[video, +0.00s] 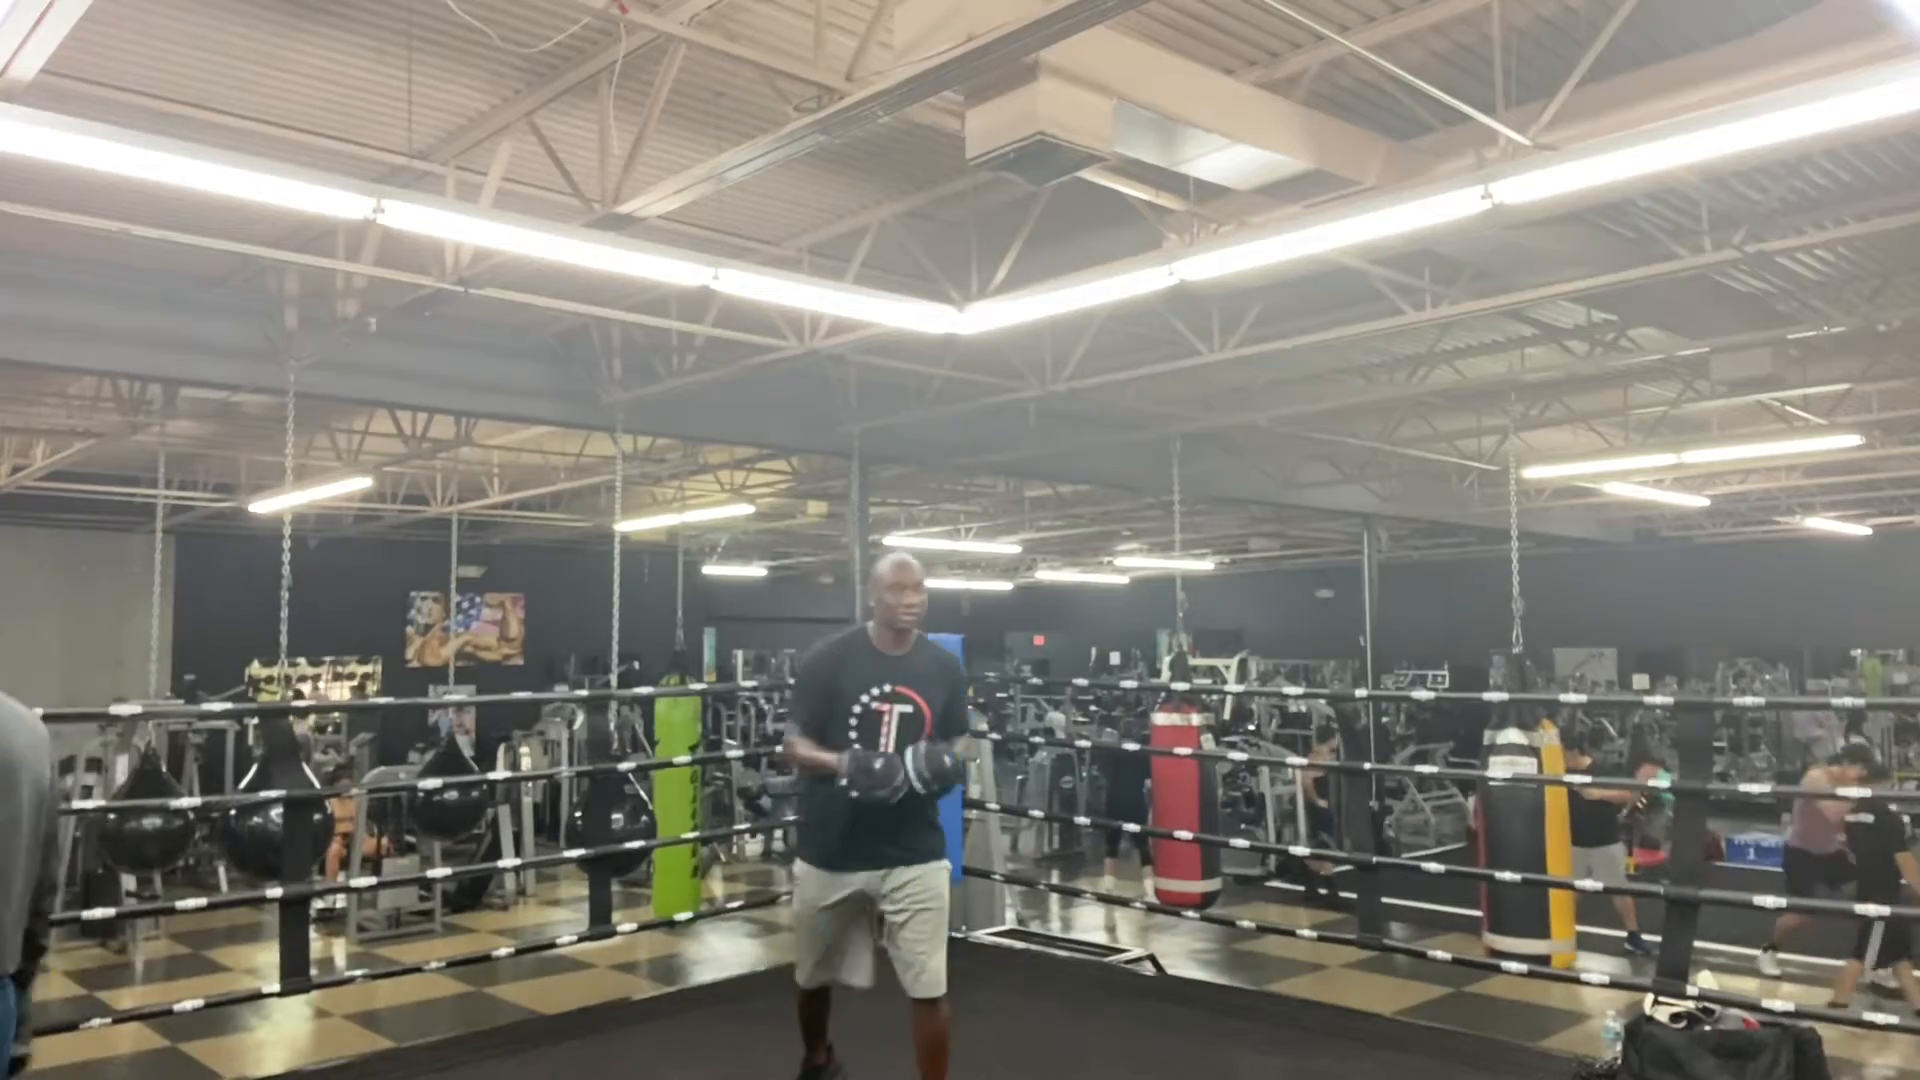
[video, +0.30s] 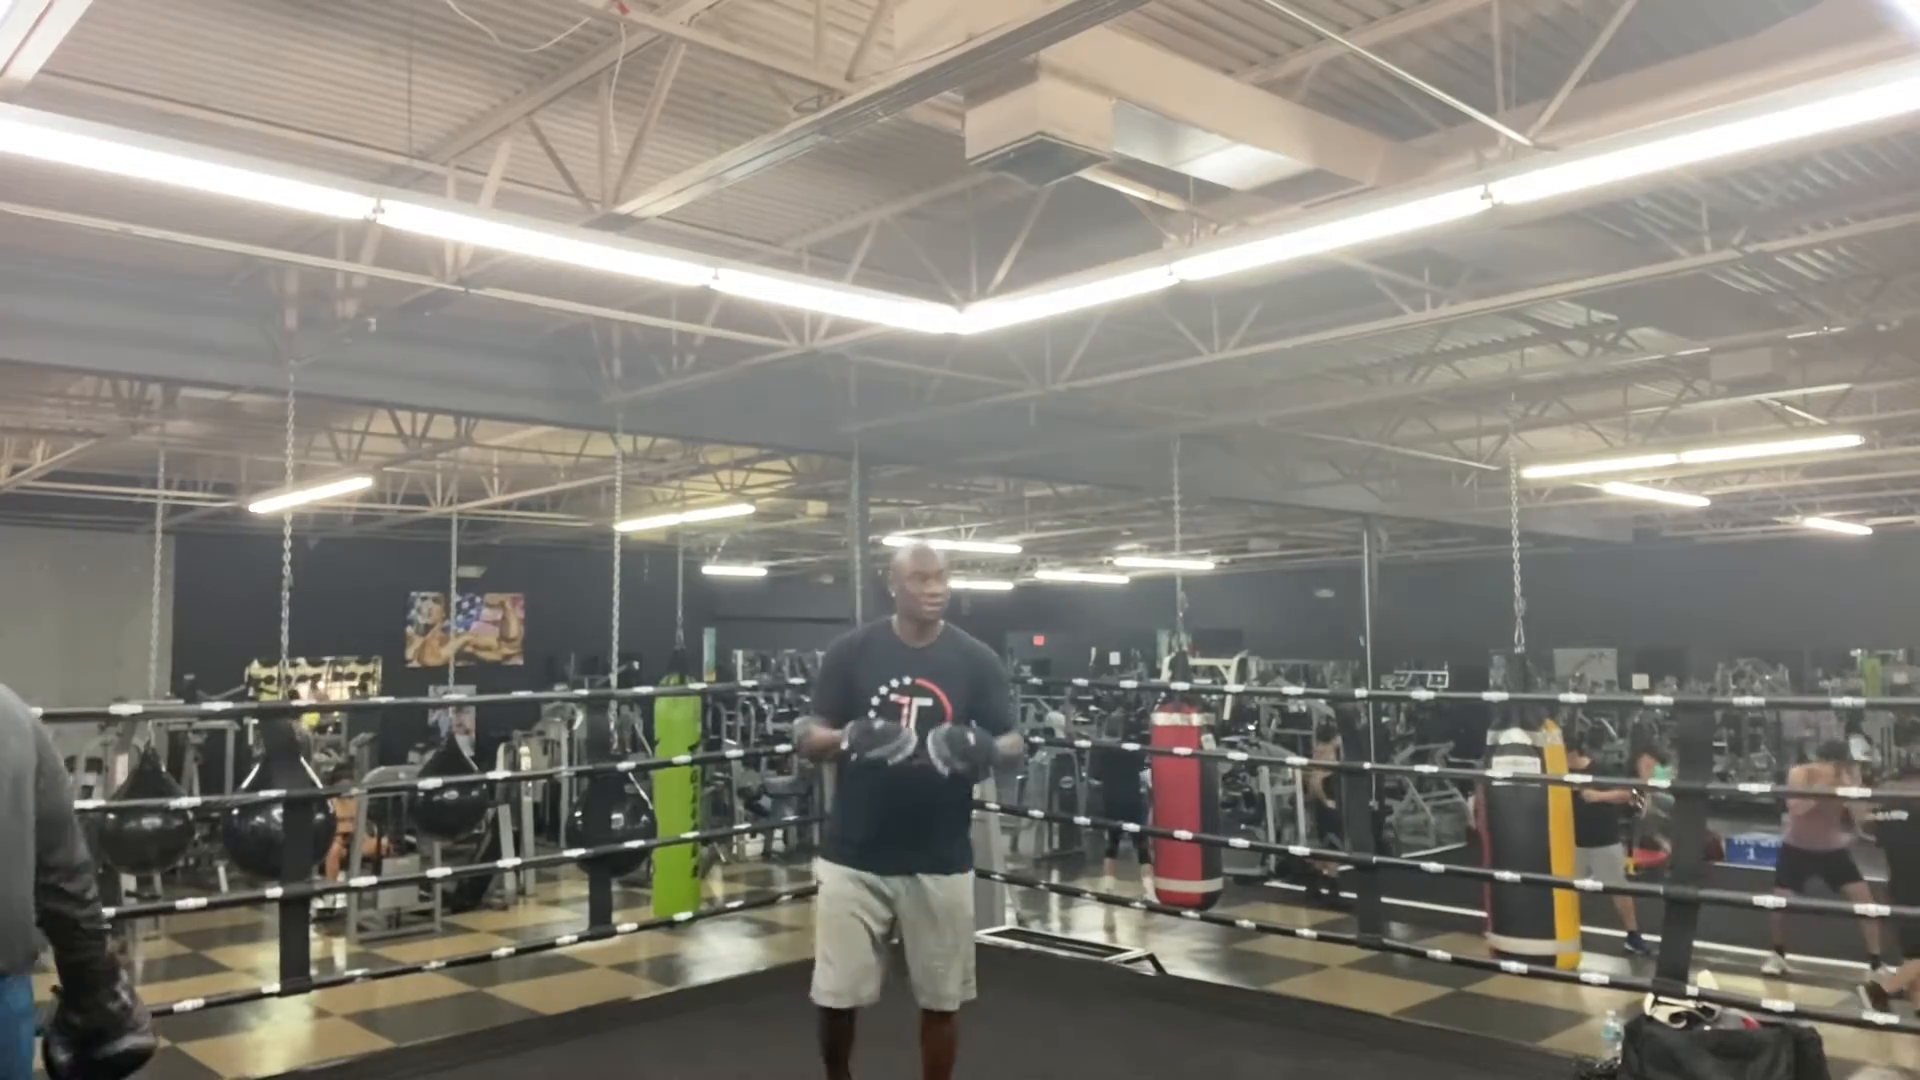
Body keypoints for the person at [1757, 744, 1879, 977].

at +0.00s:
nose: (1858, 781)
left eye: (1861, 778)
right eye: (1858, 775)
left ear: (1854, 769)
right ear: (1846, 764)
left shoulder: (1843, 784)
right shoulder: (1815, 777)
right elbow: (1833, 813)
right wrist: (1855, 793)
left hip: (1832, 852)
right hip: (1801, 851)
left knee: (1872, 888)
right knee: (1802, 911)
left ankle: (1876, 964)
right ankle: (1769, 951)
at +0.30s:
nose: (1832, 771)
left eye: (1838, 767)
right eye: (1829, 765)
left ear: (1844, 765)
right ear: (1820, 761)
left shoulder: (1846, 778)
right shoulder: (1799, 773)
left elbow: (1861, 817)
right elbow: (1795, 809)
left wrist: (1847, 789)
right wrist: (1819, 793)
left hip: (1833, 852)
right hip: (1796, 852)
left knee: (1864, 903)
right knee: (1780, 903)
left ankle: (1875, 963)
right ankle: (1777, 954)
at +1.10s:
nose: (1853, 764)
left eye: (1858, 760)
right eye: (1850, 758)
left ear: (1862, 759)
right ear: (1840, 754)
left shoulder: (1863, 771)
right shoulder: (1817, 769)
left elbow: (1877, 792)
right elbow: (1818, 805)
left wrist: (1864, 768)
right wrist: (1842, 776)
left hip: (1854, 846)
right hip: (1818, 845)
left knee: (1885, 897)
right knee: (1799, 899)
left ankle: (1895, 958)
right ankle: (1779, 955)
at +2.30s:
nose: (1864, 773)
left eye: (1868, 768)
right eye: (1859, 768)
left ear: (1875, 767)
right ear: (1846, 767)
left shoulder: (1880, 780)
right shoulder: (1832, 782)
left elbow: (1906, 813)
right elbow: (1826, 821)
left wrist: (1883, 785)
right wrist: (1842, 791)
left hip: (1881, 855)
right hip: (1843, 855)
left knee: (1914, 895)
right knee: (1826, 901)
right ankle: (1805, 948)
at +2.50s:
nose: (1912, 768)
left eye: (1915, 763)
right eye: (1910, 762)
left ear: (1916, 763)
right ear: (1900, 760)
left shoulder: (1915, 782)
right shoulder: (1882, 780)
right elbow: (1886, 819)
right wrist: (1909, 794)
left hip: (1910, 859)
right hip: (1877, 858)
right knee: (1870, 915)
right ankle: (1817, 940)